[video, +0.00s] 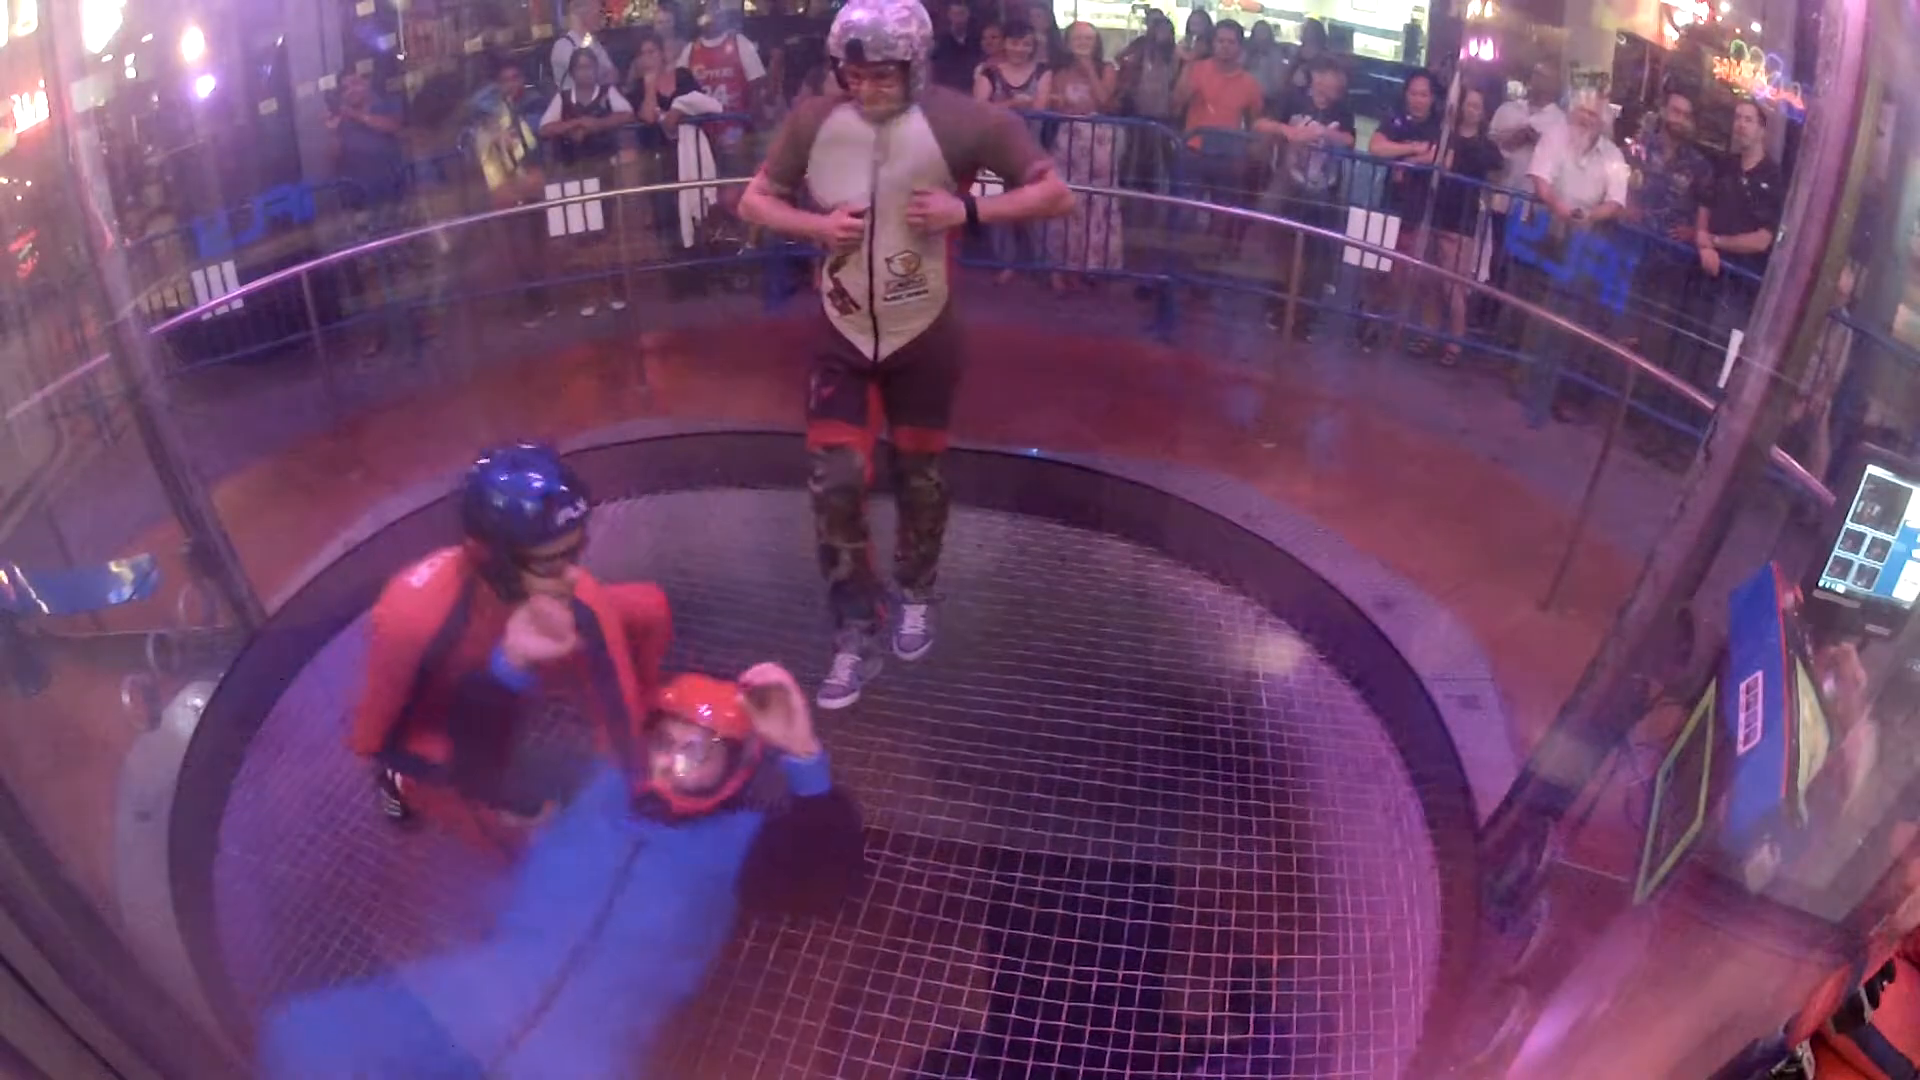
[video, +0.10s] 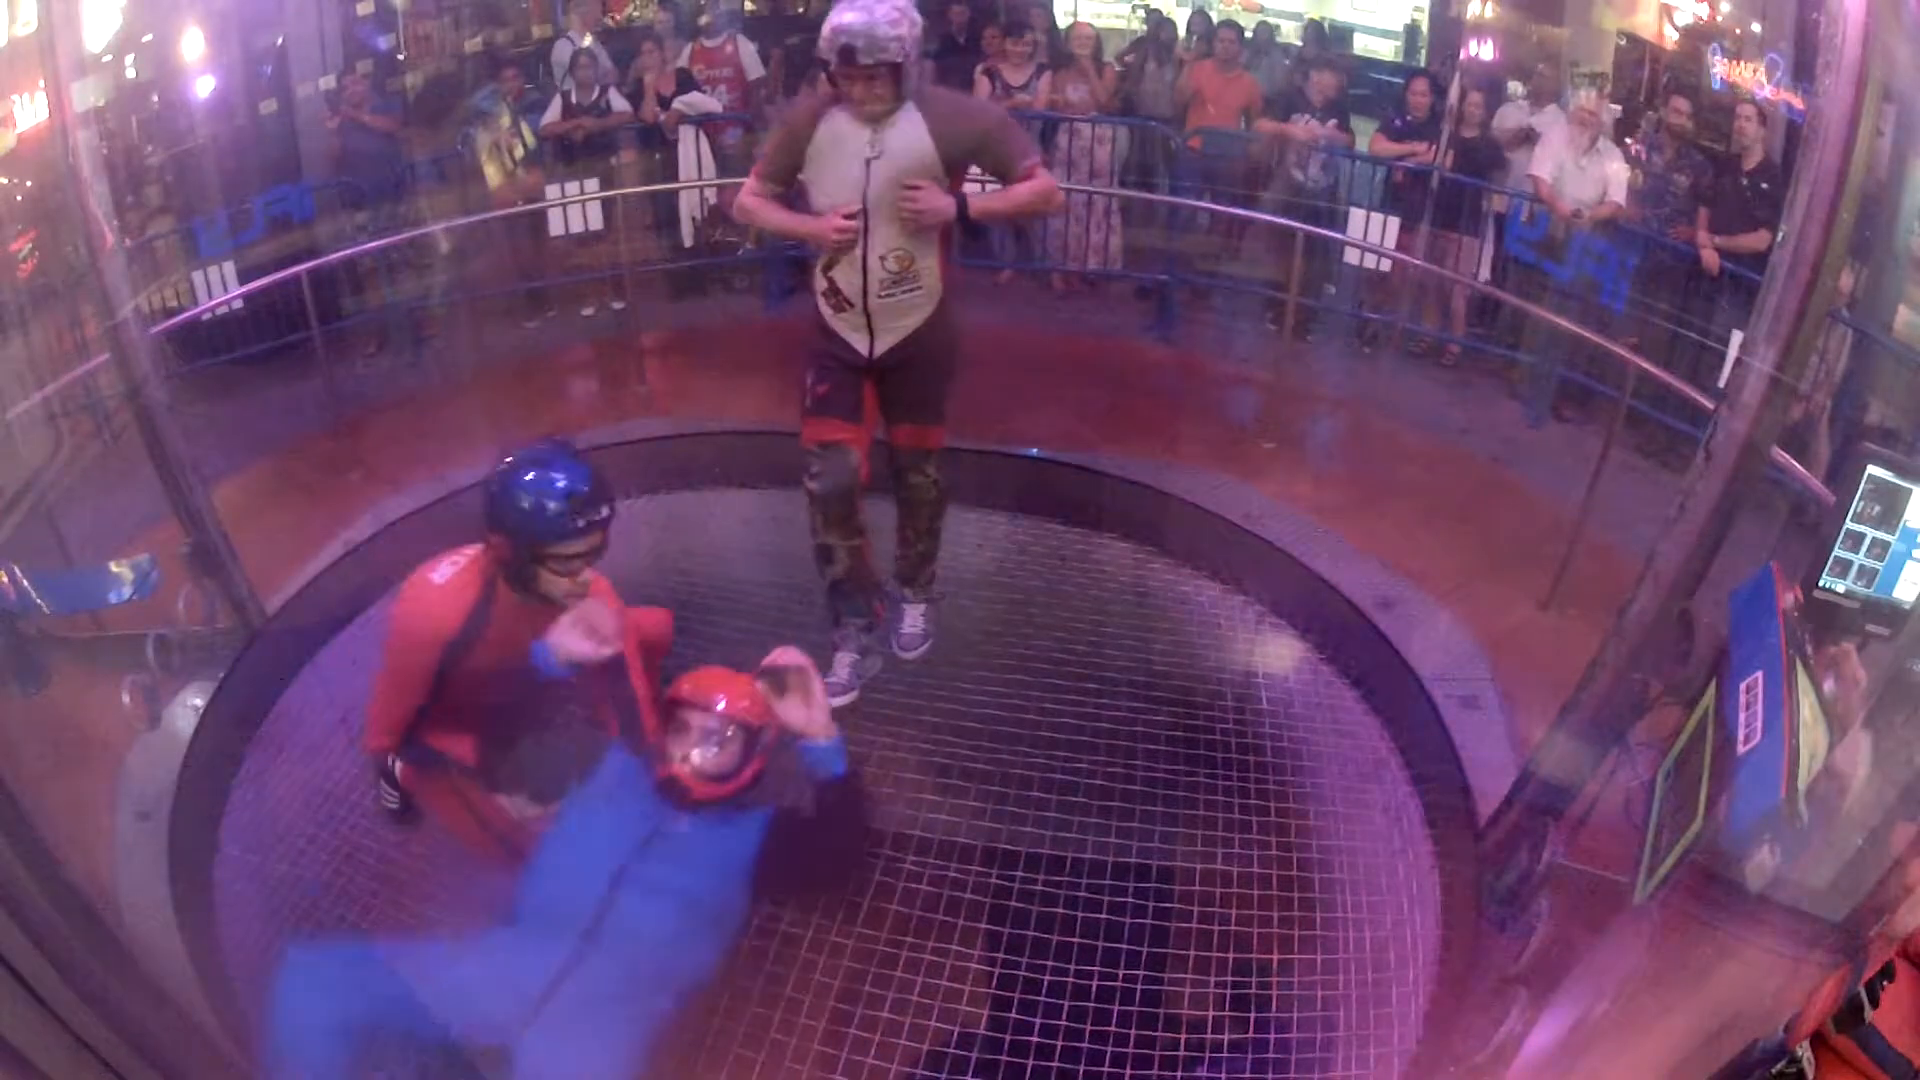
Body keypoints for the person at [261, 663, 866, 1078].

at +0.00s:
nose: (680, 759)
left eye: (703, 749)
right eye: (669, 740)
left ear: (735, 767)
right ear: (647, 739)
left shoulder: (741, 845)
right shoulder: (595, 786)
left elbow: (833, 873)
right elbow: (480, 772)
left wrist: (801, 758)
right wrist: (510, 664)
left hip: (574, 1059)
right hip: (474, 1001)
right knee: (298, 1042)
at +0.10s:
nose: (703, 746)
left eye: (724, 739)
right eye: (692, 729)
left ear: (752, 760)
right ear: (666, 729)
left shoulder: (754, 838)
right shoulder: (609, 767)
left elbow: (842, 851)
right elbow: (509, 734)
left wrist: (819, 739)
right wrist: (554, 657)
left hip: (592, 1035)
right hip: (498, 974)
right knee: (315, 978)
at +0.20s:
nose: (714, 736)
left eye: (737, 727)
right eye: (702, 718)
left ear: (768, 746)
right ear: (677, 717)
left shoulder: (769, 829)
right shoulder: (634, 760)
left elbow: (869, 833)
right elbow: (544, 712)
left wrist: (828, 721)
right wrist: (590, 639)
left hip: (600, 1019)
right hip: (514, 950)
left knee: (553, 1069)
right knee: (334, 921)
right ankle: (311, 1068)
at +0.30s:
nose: (731, 723)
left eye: (751, 714)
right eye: (719, 707)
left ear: (782, 733)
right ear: (697, 709)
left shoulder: (786, 815)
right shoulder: (654, 751)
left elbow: (882, 816)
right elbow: (550, 694)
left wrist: (848, 701)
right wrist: (625, 611)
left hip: (632, 990)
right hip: (545, 930)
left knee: (545, 1068)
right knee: (360, 868)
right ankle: (280, 1050)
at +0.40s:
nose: (751, 708)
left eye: (771, 701)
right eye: (740, 692)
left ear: (797, 723)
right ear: (715, 695)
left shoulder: (798, 800)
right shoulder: (674, 741)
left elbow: (893, 805)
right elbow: (606, 702)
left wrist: (864, 694)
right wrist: (658, 609)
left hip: (649, 968)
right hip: (570, 907)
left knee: (551, 1048)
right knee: (405, 809)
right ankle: (274, 966)